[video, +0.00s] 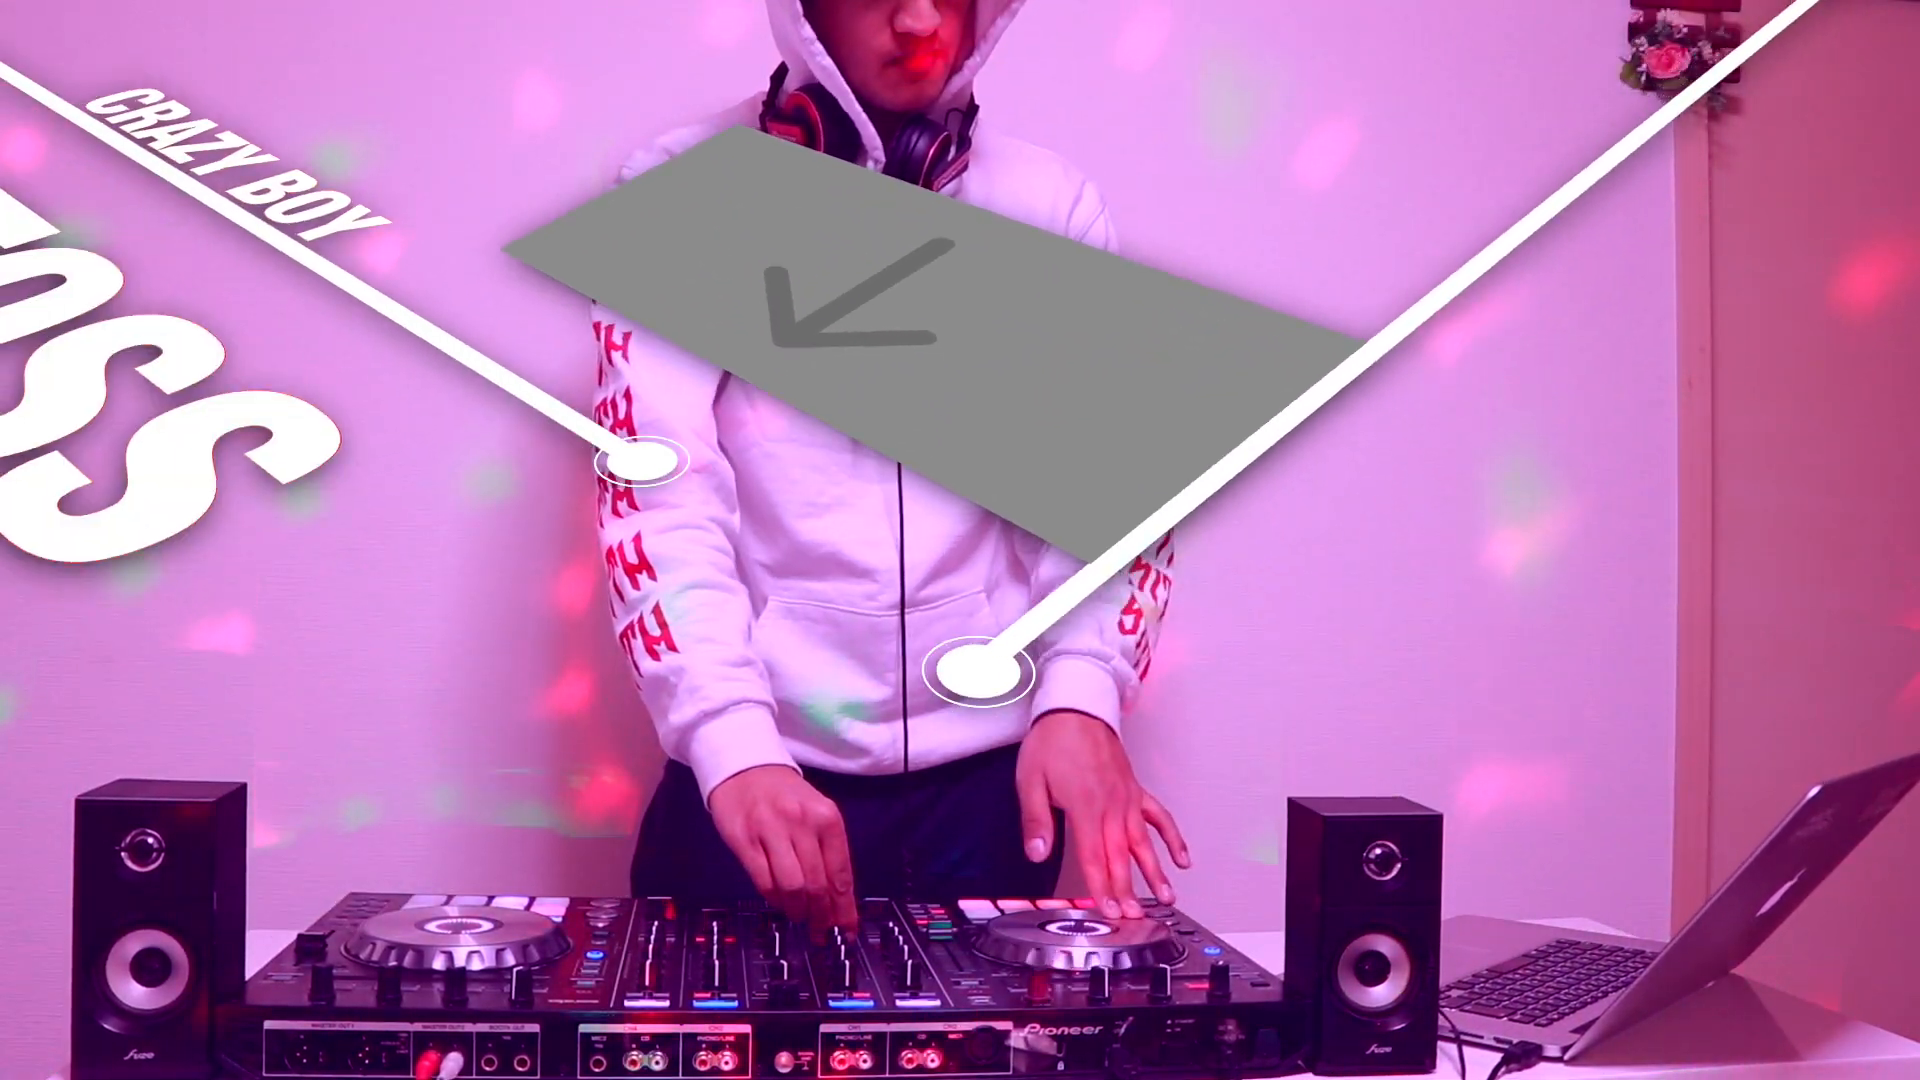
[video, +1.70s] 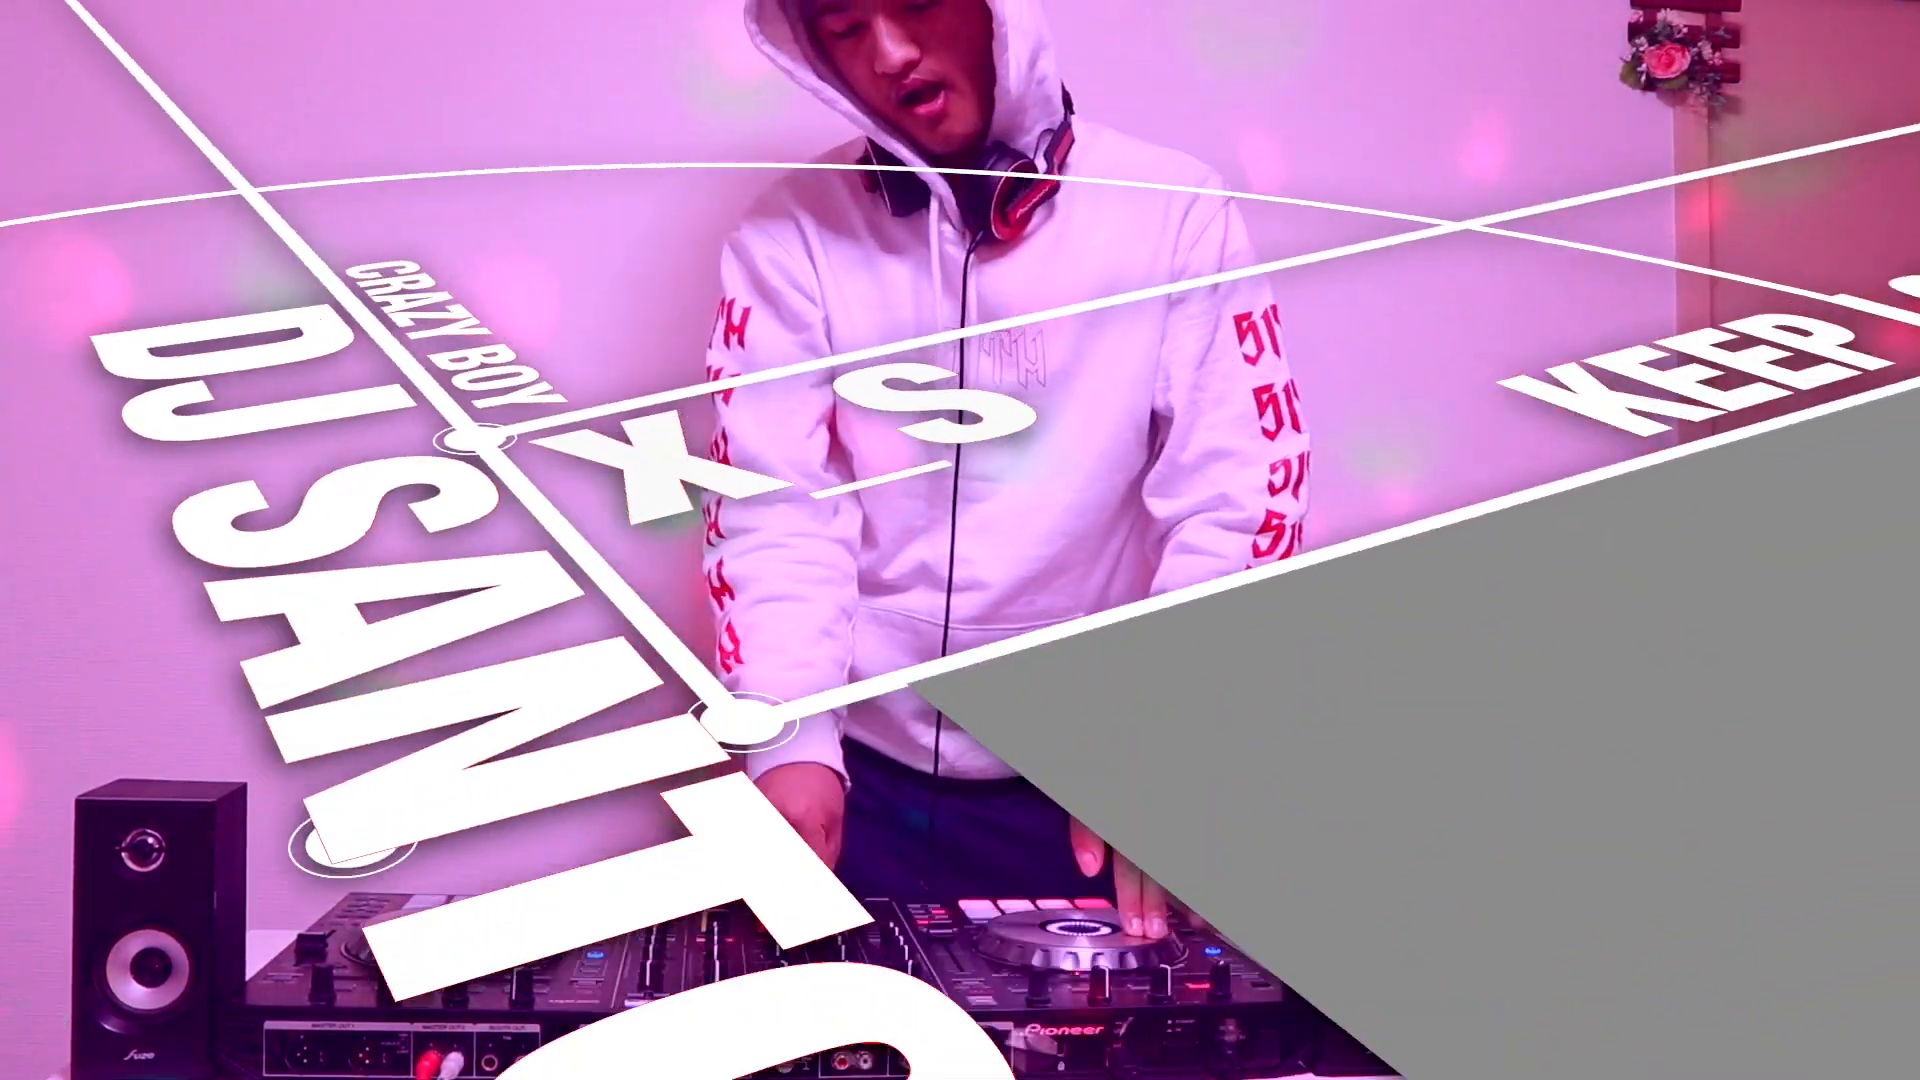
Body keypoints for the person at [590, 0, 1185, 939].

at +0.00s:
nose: (923, 21)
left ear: (983, 6)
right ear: (808, 3)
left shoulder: (1054, 204)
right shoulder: (687, 194)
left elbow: (1122, 481)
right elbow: (661, 499)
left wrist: (1082, 699)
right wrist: (737, 751)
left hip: (998, 798)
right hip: (756, 794)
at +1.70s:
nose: (893, 58)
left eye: (918, 5)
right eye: (844, 31)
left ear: (995, 2)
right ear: (820, 62)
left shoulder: (1175, 213)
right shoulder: (791, 240)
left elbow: (1236, 508)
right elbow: (774, 517)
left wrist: (1167, 762)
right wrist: (794, 745)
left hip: (1089, 803)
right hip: (863, 794)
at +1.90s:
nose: (908, 78)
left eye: (935, 20)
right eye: (855, 47)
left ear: (1004, 12)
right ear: (823, 71)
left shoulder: (1174, 216)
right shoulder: (783, 243)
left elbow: (1248, 481)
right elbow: (755, 510)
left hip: (1117, 592)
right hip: (883, 608)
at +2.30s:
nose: (905, 34)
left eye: (942, 7)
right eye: (863, 15)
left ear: (991, 25)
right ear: (808, 34)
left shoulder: (1093, 196)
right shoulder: (735, 234)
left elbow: (1198, 419)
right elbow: (707, 491)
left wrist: (1009, 210)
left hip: (1074, 578)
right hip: (844, 594)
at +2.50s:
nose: (828, 46)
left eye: (855, 6)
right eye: (782, 16)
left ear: (901, 19)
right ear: (724, 37)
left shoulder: (976, 188)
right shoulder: (651, 232)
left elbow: (1135, 334)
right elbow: (660, 479)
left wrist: (980, 132)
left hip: (971, 559)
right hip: (770, 582)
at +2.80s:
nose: (702, 54)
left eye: (732, 16)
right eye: (659, 19)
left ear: (769, 26)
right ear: (598, 34)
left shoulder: (843, 187)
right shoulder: (530, 242)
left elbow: (996, 383)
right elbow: (584, 478)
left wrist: (917, 210)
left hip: (833, 553)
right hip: (645, 579)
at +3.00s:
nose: (687, 30)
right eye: (646, 1)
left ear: (748, 13)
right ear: (585, 17)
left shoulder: (831, 206)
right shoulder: (518, 221)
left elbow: (935, 478)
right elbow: (581, 476)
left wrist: (938, 322)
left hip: (807, 574)